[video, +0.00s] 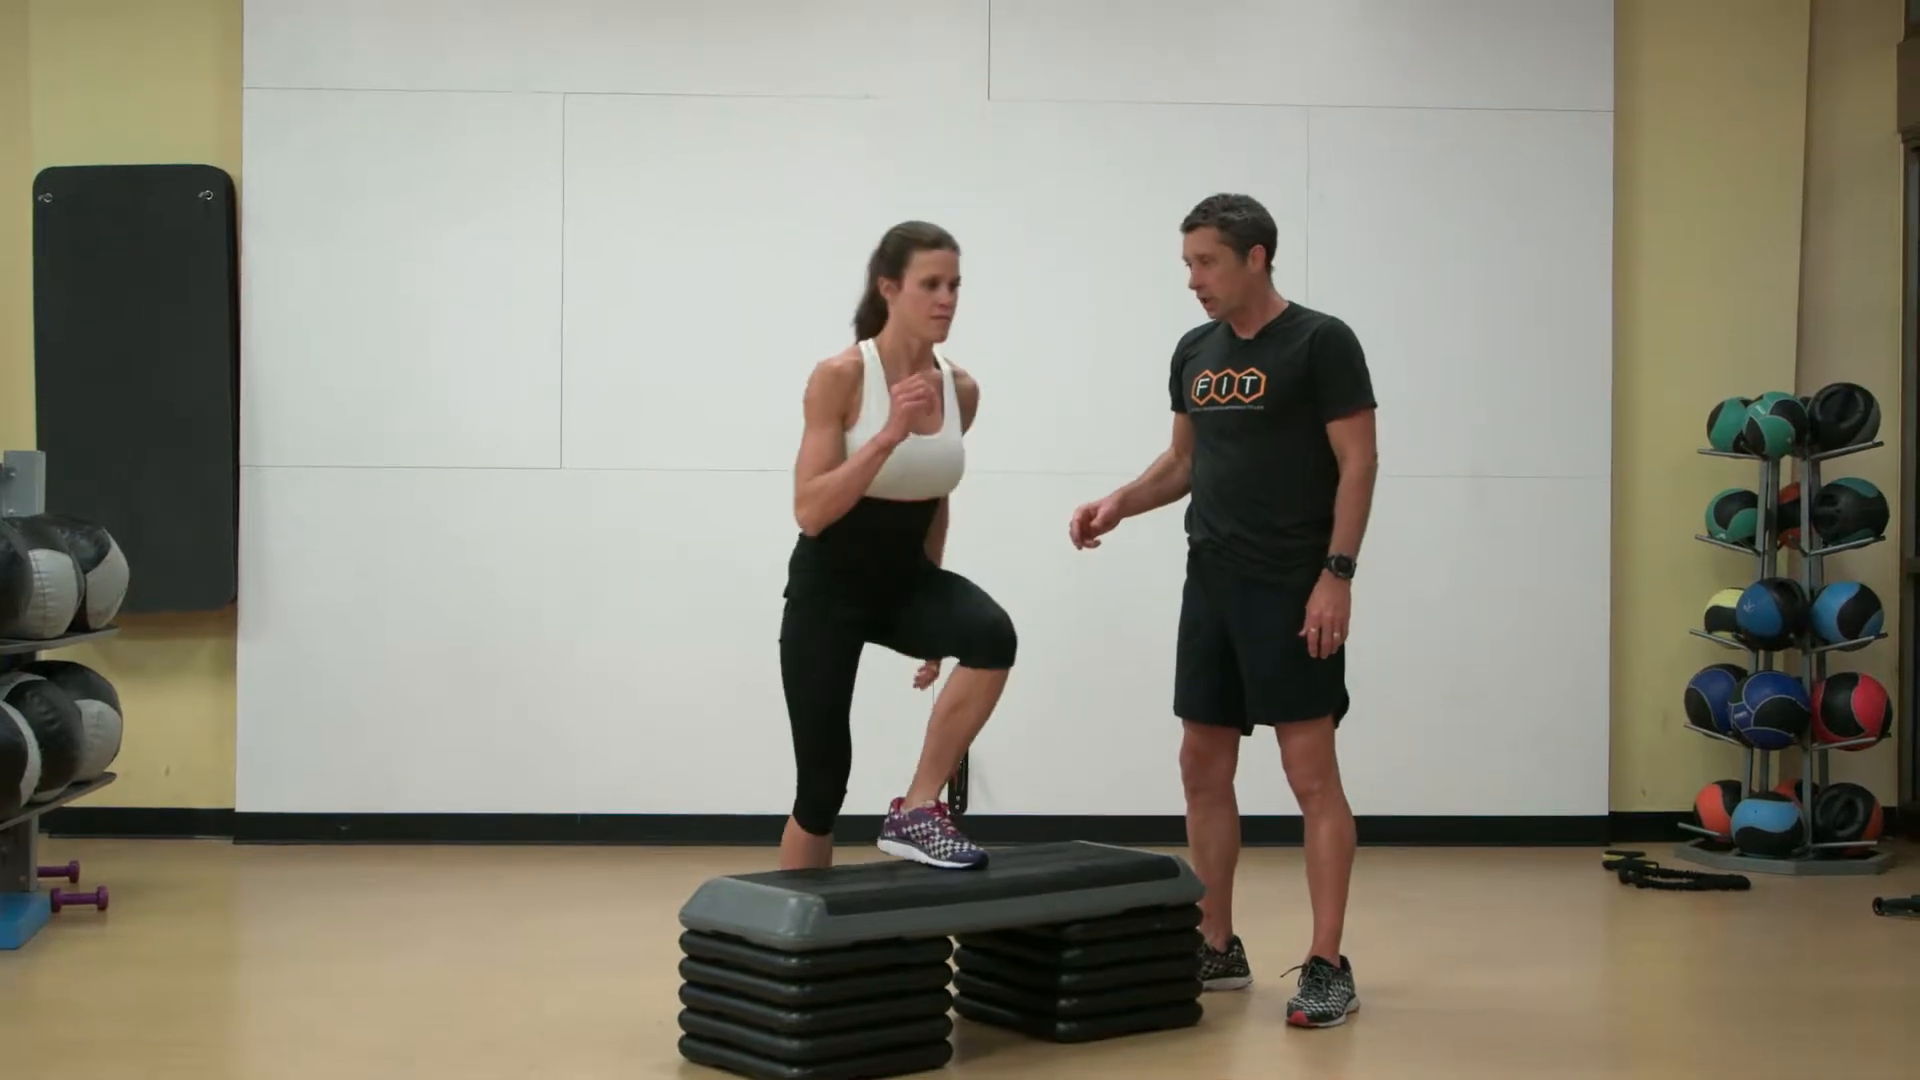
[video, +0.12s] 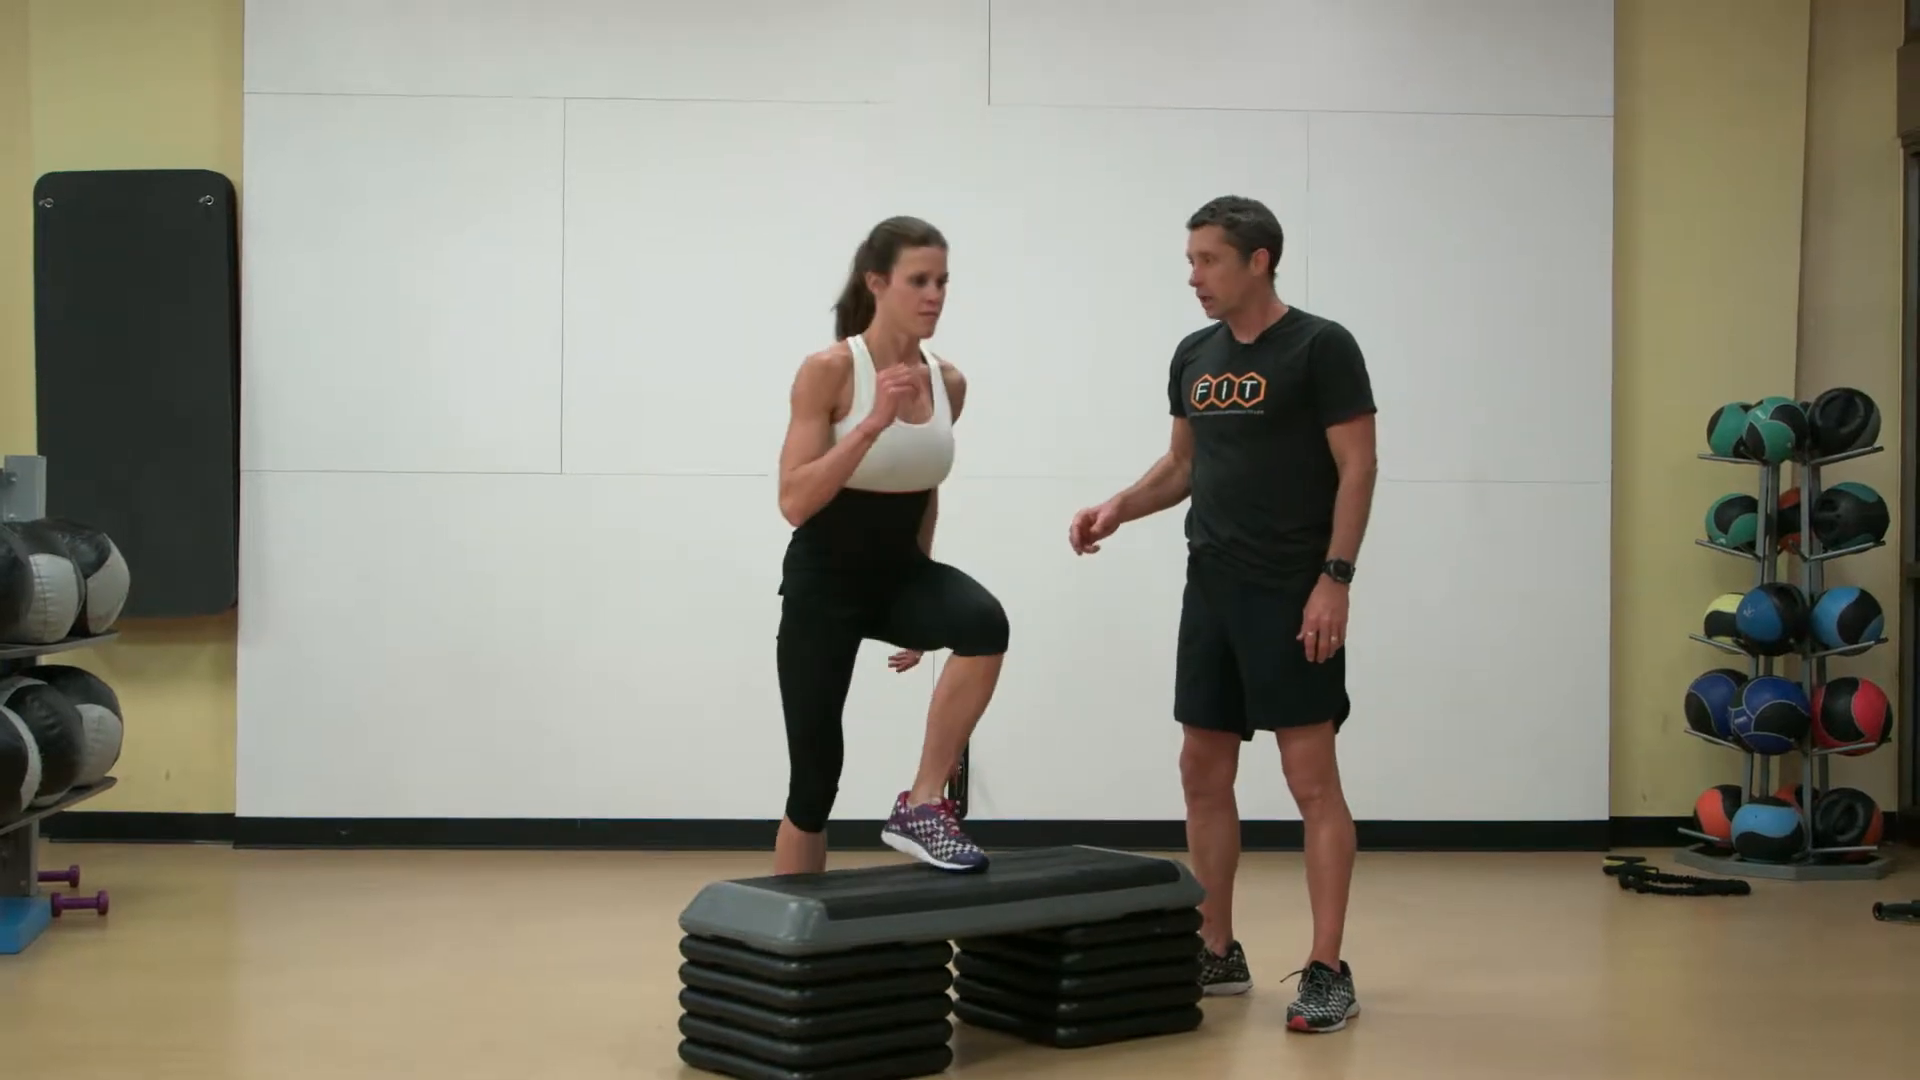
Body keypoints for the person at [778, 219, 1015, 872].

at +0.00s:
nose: (948, 299)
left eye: (954, 284)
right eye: (932, 284)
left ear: (958, 290)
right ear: (888, 288)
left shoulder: (958, 390)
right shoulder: (840, 378)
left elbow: (935, 508)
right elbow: (811, 511)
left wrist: (932, 626)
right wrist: (891, 434)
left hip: (906, 582)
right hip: (828, 587)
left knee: (992, 637)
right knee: (823, 792)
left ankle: (917, 809)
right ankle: (794, 951)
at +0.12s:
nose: (936, 295)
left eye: (942, 281)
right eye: (920, 280)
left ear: (946, 287)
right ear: (876, 284)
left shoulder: (946, 383)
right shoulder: (829, 372)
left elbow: (925, 499)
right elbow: (795, 502)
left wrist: (916, 612)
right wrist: (872, 424)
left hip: (899, 575)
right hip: (824, 580)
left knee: (983, 625)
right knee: (815, 783)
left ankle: (923, 805)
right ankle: (792, 950)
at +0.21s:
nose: (932, 297)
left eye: (938, 283)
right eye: (916, 283)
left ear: (944, 290)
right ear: (872, 288)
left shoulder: (944, 388)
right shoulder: (825, 376)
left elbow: (920, 502)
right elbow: (796, 502)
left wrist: (911, 616)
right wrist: (870, 419)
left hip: (898, 576)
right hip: (824, 580)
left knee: (982, 627)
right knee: (814, 784)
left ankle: (925, 811)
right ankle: (793, 949)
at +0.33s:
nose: (941, 304)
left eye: (946, 289)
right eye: (924, 289)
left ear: (952, 296)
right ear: (880, 296)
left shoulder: (952, 395)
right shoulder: (835, 382)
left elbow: (922, 508)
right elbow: (811, 511)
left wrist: (909, 619)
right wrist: (884, 425)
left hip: (904, 583)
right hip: (830, 589)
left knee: (991, 637)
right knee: (819, 792)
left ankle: (940, 822)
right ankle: (791, 958)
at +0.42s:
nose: (954, 306)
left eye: (959, 292)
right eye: (938, 292)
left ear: (963, 298)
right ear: (893, 299)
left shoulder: (963, 395)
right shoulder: (847, 386)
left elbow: (929, 510)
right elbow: (829, 514)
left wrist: (919, 622)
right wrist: (912, 438)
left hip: (914, 583)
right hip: (840, 590)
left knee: (1001, 648)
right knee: (829, 803)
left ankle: (942, 827)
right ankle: (794, 959)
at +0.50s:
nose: (971, 289)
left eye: (977, 275)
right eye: (955, 275)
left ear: (981, 282)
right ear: (909, 282)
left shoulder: (980, 379)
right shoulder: (867, 367)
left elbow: (953, 500)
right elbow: (846, 497)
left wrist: (945, 615)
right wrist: (952, 454)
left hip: (930, 570)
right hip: (855, 576)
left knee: (1012, 656)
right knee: (832, 768)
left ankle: (943, 833)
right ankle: (801, 939)